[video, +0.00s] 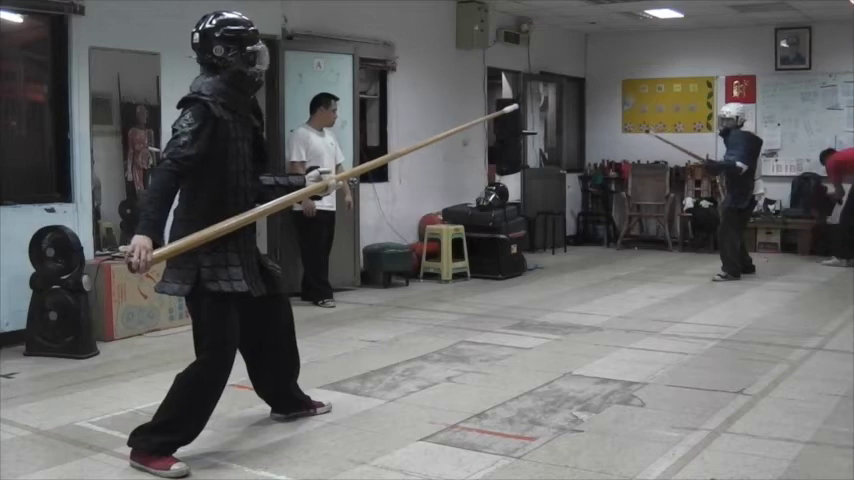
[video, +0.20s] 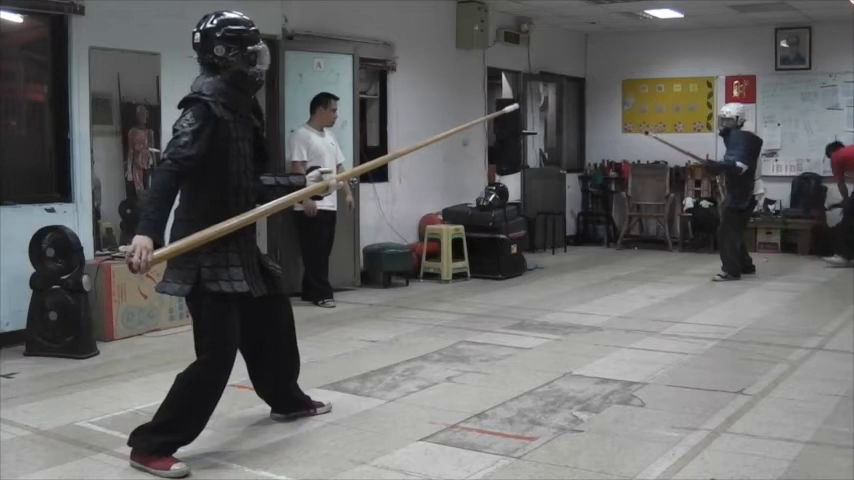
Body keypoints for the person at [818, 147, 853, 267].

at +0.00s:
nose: (826, 167)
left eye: (825, 164)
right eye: (825, 164)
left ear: (826, 159)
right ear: (833, 153)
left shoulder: (831, 162)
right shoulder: (844, 154)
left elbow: (840, 192)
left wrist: (834, 196)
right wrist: (836, 195)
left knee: (845, 218)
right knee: (846, 217)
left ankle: (841, 256)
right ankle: (847, 256)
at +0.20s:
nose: (831, 159)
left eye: (830, 156)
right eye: (829, 157)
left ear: (831, 152)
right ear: (841, 147)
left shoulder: (836, 157)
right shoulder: (849, 149)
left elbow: (841, 183)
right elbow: (842, 183)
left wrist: (846, 200)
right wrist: (847, 200)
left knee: (848, 219)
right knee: (848, 219)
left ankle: (843, 254)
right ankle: (845, 253)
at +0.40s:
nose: (834, 155)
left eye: (833, 152)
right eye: (833, 153)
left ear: (836, 148)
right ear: (844, 143)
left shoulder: (839, 157)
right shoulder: (850, 147)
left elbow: (843, 182)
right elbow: (844, 182)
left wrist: (847, 200)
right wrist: (848, 200)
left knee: (849, 220)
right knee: (848, 220)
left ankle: (847, 254)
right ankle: (847, 254)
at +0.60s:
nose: (833, 145)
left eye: (831, 142)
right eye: (831, 143)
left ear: (835, 136)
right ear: (842, 132)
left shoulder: (841, 146)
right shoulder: (851, 138)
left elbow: (847, 175)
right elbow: (847, 176)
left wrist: (849, 198)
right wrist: (849, 198)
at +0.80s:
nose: (836, 127)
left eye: (836, 123)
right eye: (834, 124)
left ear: (842, 120)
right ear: (846, 117)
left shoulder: (850, 134)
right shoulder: (849, 133)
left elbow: (852, 165)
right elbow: (852, 165)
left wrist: (849, 189)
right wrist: (849, 189)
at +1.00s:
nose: (848, 118)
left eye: (849, 114)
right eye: (848, 114)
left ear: (850, 113)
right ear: (847, 114)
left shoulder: (850, 134)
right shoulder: (850, 134)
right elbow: (851, 159)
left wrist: (848, 183)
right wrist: (848, 182)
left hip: (850, 184)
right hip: (850, 184)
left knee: (848, 218)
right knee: (847, 218)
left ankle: (845, 247)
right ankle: (844, 247)